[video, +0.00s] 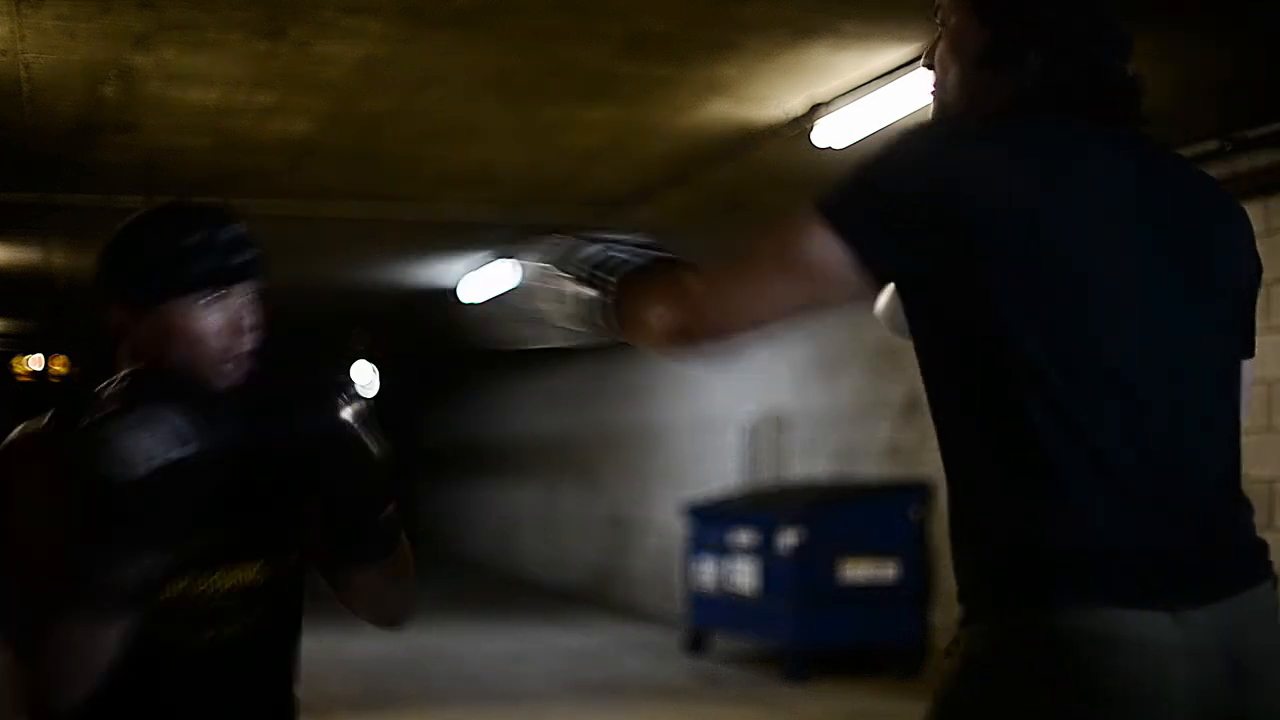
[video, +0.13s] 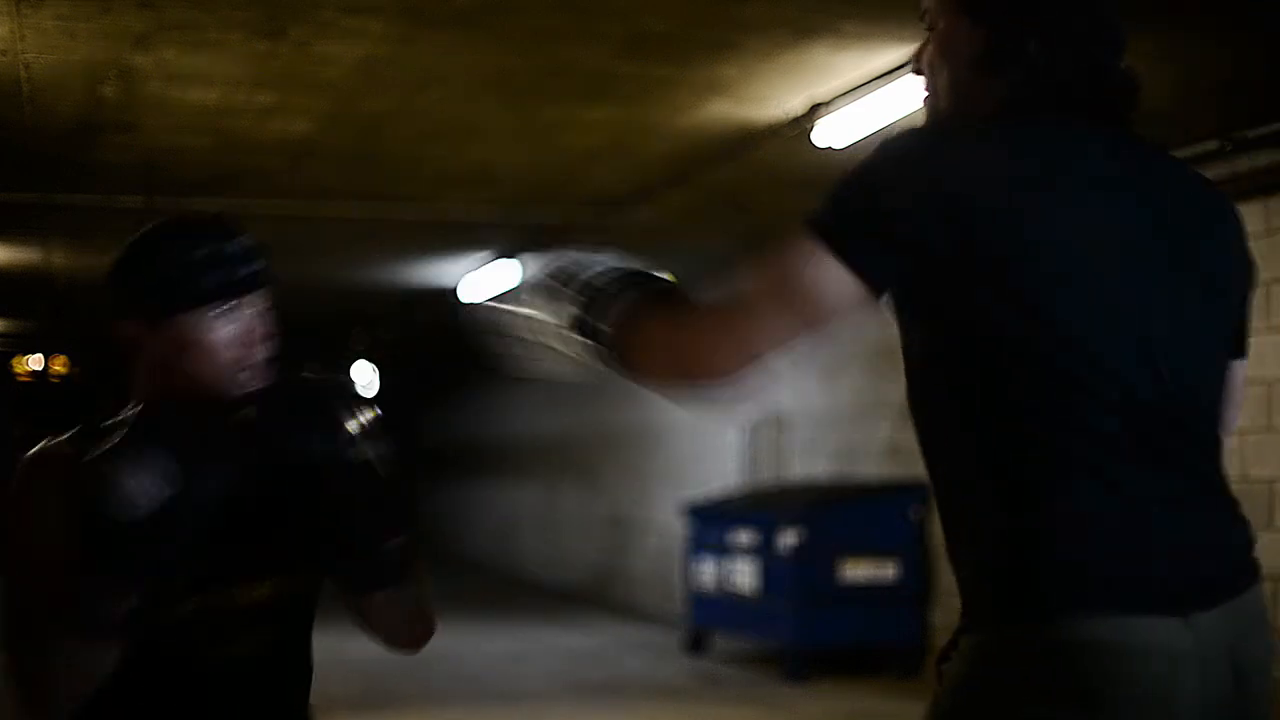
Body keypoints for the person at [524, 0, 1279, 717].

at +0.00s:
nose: (931, 59)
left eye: (943, 33)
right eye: (935, 34)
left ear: (987, 37)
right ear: (1100, 48)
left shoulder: (942, 170)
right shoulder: (1209, 204)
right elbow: (1217, 415)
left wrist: (632, 294)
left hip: (1057, 636)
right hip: (1240, 629)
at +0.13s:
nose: (920, 56)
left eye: (935, 31)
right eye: (926, 31)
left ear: (987, 40)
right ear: (1090, 47)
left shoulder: (929, 174)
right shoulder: (1198, 204)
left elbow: (710, 348)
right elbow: (1213, 434)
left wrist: (606, 303)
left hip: (1055, 636)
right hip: (1228, 627)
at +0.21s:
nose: (897, 60)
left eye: (914, 31)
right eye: (903, 33)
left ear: (973, 36)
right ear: (1055, 44)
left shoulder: (971, 177)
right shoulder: (1152, 191)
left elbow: (937, 440)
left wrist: (755, 352)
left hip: (1058, 646)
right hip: (1195, 622)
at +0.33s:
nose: (904, 71)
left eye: (920, 43)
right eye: (908, 45)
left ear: (986, 46)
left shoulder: (1090, 171)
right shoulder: (1021, 193)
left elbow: (1113, 434)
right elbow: (900, 422)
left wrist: (878, 337)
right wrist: (813, 344)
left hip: (1129, 656)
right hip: (1045, 644)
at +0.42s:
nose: (932, 64)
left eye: (952, 35)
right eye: (937, 40)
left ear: (1022, 38)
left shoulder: (1125, 175)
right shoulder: (1062, 192)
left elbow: (1142, 444)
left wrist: (900, 331)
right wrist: (849, 372)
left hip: (1135, 661)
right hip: (1068, 651)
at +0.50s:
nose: (963, 69)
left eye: (977, 35)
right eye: (965, 43)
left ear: (1056, 33)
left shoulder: (1151, 181)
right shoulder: (1102, 185)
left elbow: (1154, 453)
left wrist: (915, 336)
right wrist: (913, 337)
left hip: (1160, 663)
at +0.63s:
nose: (1026, 65)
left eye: (1047, 33)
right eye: (1035, 36)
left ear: (1116, 39)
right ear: (1123, 43)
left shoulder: (1189, 186)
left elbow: (1164, 450)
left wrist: (954, 361)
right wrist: (1021, 338)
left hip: (1202, 659)